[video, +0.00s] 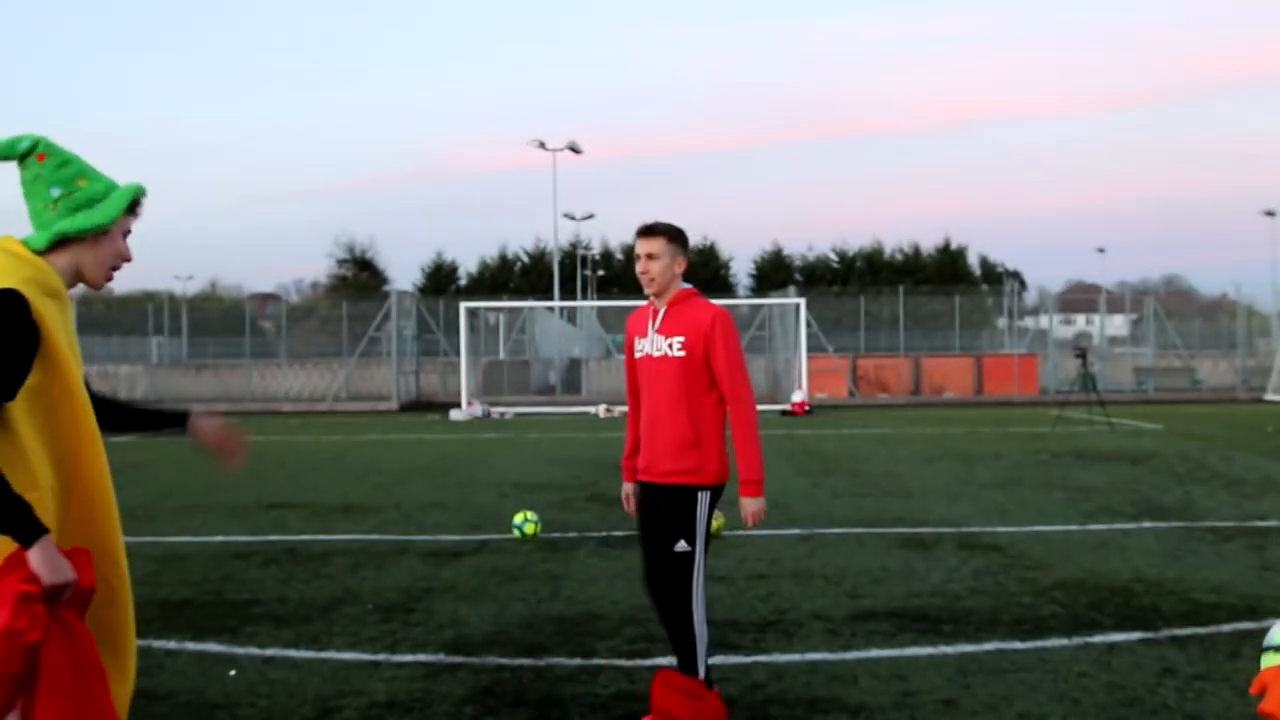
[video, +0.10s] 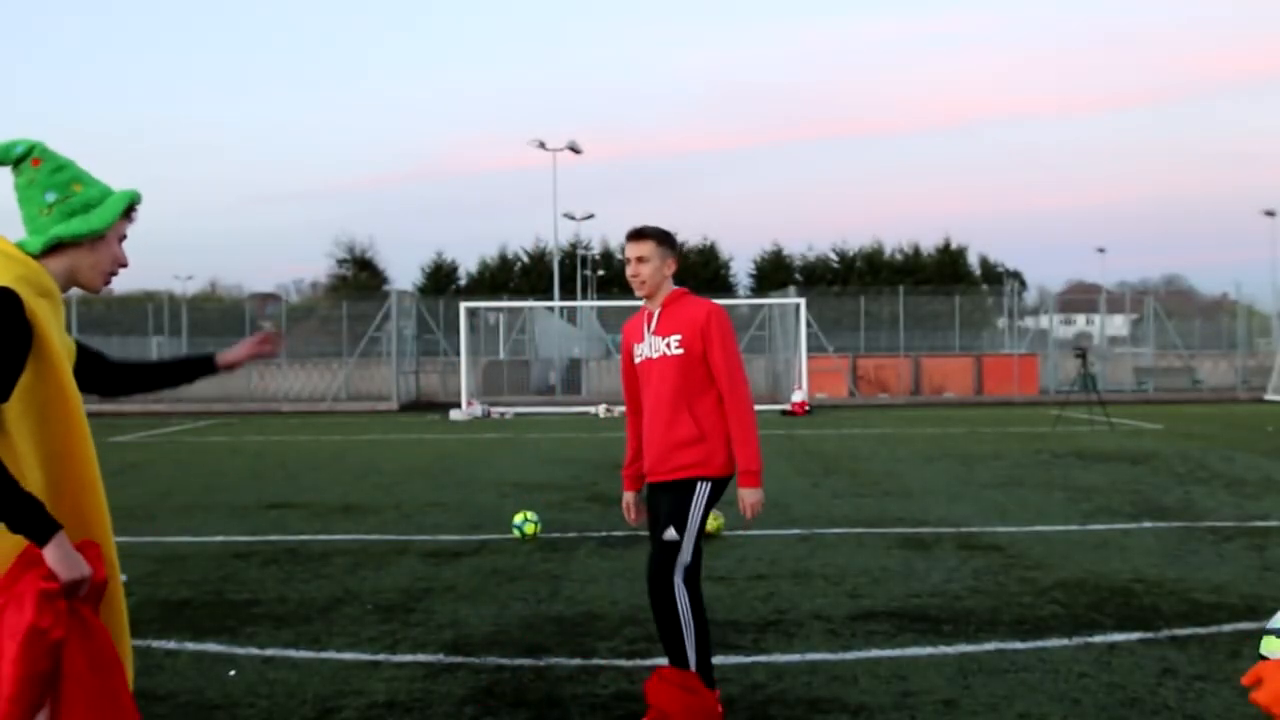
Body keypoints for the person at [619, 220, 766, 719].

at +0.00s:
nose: (643, 268)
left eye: (653, 258)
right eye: (638, 259)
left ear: (681, 263)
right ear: (635, 265)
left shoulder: (711, 319)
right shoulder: (638, 322)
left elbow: (741, 402)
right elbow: (635, 403)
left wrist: (751, 485)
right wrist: (629, 471)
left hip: (695, 475)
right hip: (653, 476)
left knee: (683, 588)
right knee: (659, 584)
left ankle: (698, 691)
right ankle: (693, 683)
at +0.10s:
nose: (633, 270)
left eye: (642, 261)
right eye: (629, 262)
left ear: (670, 264)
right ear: (628, 270)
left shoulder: (705, 316)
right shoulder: (633, 330)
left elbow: (736, 396)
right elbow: (634, 411)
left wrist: (749, 476)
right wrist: (632, 480)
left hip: (702, 466)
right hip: (660, 471)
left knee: (668, 578)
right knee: (676, 582)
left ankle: (698, 692)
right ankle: (693, 690)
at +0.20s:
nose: (628, 272)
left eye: (637, 262)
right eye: (624, 264)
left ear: (664, 265)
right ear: (625, 271)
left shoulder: (703, 313)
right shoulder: (635, 332)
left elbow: (738, 391)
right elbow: (638, 413)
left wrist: (745, 472)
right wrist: (632, 482)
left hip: (704, 459)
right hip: (664, 466)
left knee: (661, 558)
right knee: (675, 571)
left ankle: (697, 684)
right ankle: (696, 686)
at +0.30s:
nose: (628, 271)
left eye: (636, 261)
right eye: (623, 263)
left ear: (664, 263)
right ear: (624, 271)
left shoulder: (703, 310)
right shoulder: (635, 332)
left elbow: (738, 388)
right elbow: (644, 416)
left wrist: (743, 468)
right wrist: (637, 482)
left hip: (706, 449)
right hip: (666, 459)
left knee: (655, 527)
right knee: (684, 566)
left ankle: (693, 634)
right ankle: (702, 694)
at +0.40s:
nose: (628, 268)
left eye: (637, 258)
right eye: (624, 261)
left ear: (664, 262)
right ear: (624, 269)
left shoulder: (704, 309)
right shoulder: (633, 332)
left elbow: (739, 389)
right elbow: (641, 415)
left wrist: (742, 465)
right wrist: (639, 481)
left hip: (706, 442)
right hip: (664, 454)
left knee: (647, 512)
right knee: (687, 569)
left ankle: (700, 605)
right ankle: (703, 693)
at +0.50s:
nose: (631, 267)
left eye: (640, 258)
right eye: (627, 259)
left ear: (667, 262)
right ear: (627, 267)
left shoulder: (706, 310)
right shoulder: (633, 330)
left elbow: (741, 389)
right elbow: (640, 410)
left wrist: (744, 465)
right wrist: (639, 472)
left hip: (707, 438)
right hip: (663, 451)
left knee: (644, 503)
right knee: (681, 555)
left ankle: (719, 587)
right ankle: (701, 659)